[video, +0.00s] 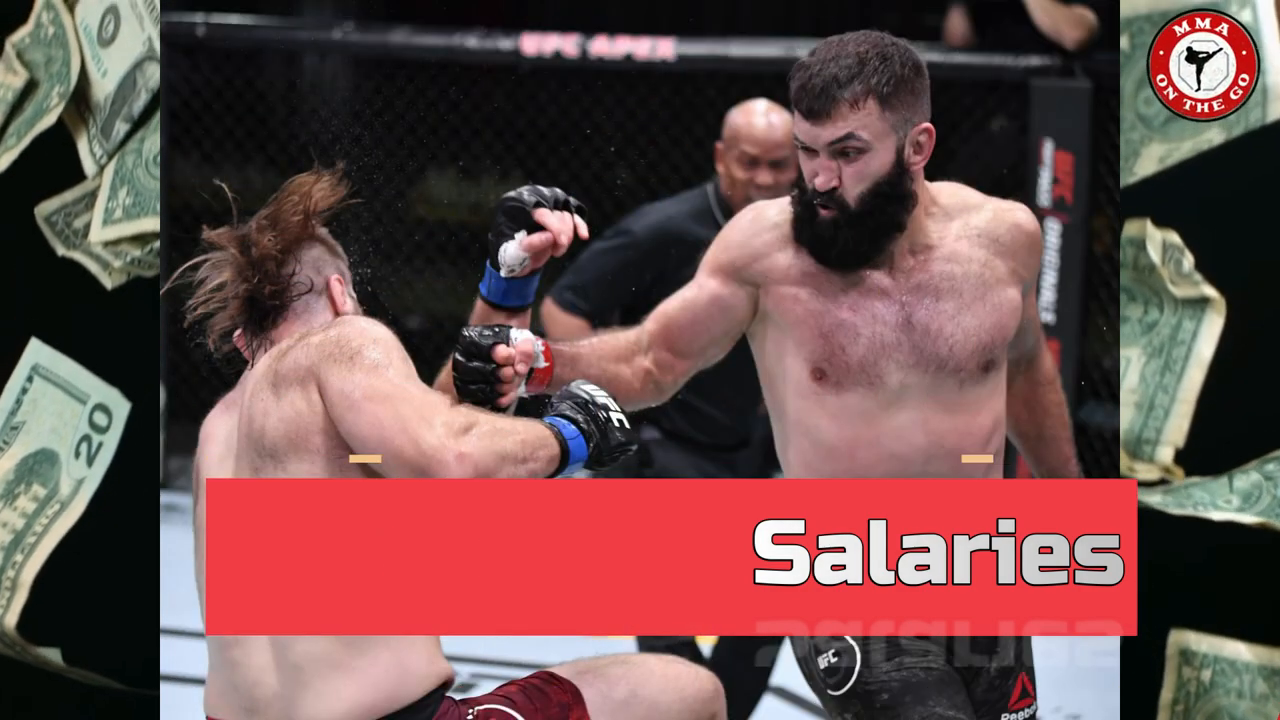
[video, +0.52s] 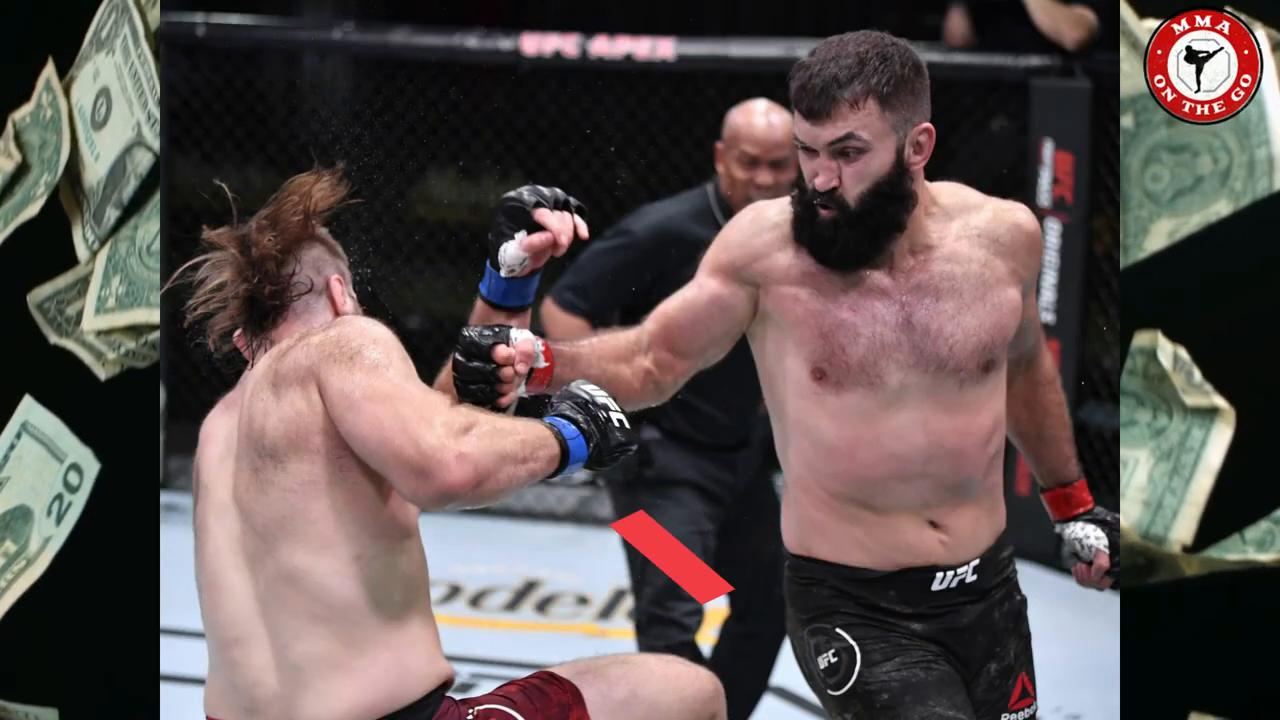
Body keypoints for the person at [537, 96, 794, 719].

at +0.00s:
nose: (766, 181)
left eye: (781, 165)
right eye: (750, 163)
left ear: (800, 162)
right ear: (719, 157)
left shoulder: (803, 239)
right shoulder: (661, 232)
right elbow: (560, 310)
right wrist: (619, 406)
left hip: (769, 460)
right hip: (670, 458)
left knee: (763, 627)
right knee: (668, 622)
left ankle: (728, 713)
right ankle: (675, 709)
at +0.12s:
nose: (766, 181)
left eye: (781, 165)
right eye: (750, 163)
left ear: (800, 162)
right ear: (720, 157)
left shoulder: (802, 239)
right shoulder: (662, 232)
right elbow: (560, 310)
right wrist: (618, 405)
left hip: (766, 458)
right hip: (668, 455)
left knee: (767, 618)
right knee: (667, 614)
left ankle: (726, 716)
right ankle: (674, 711)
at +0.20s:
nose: (766, 181)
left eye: (781, 165)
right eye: (750, 163)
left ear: (800, 162)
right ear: (719, 158)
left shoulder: (801, 240)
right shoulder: (661, 232)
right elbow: (560, 310)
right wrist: (618, 405)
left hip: (763, 461)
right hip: (666, 458)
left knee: (768, 618)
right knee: (667, 618)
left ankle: (726, 715)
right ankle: (674, 710)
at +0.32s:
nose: (766, 181)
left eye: (781, 165)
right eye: (749, 163)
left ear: (800, 162)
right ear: (719, 157)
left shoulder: (799, 241)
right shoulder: (661, 232)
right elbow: (561, 311)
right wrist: (618, 410)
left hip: (755, 466)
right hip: (667, 463)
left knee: (761, 633)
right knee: (674, 638)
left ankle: (724, 718)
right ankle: (669, 714)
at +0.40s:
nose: (766, 181)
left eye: (781, 165)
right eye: (750, 164)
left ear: (800, 162)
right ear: (719, 158)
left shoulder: (801, 239)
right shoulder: (661, 232)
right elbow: (561, 311)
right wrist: (616, 406)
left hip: (753, 457)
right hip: (667, 454)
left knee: (768, 610)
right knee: (672, 611)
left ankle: (724, 718)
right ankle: (668, 716)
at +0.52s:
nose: (767, 181)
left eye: (781, 165)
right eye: (750, 164)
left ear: (800, 162)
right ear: (719, 157)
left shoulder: (803, 238)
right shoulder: (661, 232)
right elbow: (560, 312)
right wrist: (612, 411)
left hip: (751, 460)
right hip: (665, 457)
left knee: (767, 610)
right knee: (671, 615)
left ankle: (721, 719)